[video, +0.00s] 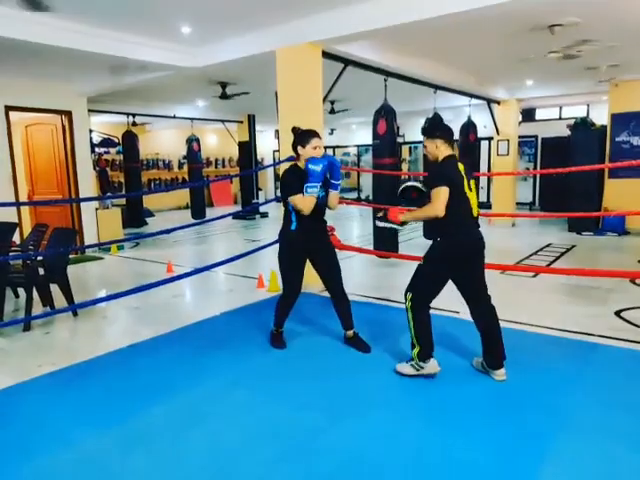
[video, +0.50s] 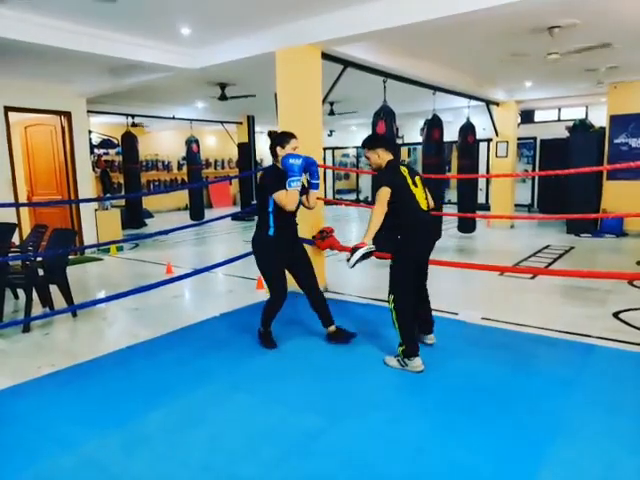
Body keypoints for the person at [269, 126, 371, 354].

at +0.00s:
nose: (320, 152)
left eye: (321, 148)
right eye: (315, 148)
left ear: (322, 149)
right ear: (300, 150)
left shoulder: (321, 171)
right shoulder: (290, 174)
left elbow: (332, 205)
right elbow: (305, 208)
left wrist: (334, 178)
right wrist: (314, 178)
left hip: (318, 236)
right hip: (293, 238)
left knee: (336, 287)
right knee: (292, 291)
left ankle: (350, 333)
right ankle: (277, 330)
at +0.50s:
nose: (297, 153)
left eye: (297, 149)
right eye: (293, 149)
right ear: (278, 150)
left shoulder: (292, 173)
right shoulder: (269, 175)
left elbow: (310, 203)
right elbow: (289, 204)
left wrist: (313, 177)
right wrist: (295, 176)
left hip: (290, 240)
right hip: (267, 242)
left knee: (310, 285)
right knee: (279, 293)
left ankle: (332, 329)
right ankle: (264, 329)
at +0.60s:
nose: (290, 148)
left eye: (291, 143)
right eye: (286, 143)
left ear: (281, 144)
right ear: (272, 144)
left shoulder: (286, 167)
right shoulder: (263, 168)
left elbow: (301, 200)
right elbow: (281, 200)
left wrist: (303, 175)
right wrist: (289, 172)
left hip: (280, 236)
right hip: (257, 237)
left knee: (299, 278)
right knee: (272, 288)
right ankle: (262, 328)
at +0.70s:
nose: (284, 150)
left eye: (285, 145)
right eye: (281, 145)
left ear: (271, 147)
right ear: (267, 146)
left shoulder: (277, 168)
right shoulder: (256, 169)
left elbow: (292, 201)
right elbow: (276, 203)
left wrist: (298, 178)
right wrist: (284, 176)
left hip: (273, 235)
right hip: (252, 235)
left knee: (289, 281)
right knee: (265, 289)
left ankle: (274, 322)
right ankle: (247, 327)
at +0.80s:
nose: (272, 158)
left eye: (271, 153)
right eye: (269, 154)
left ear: (257, 155)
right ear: (256, 155)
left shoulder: (261, 179)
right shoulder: (246, 181)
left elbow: (273, 212)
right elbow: (265, 215)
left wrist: (279, 189)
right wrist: (274, 188)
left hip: (260, 245)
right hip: (243, 245)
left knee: (280, 286)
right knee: (244, 301)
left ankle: (270, 327)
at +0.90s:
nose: (261, 159)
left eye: (260, 155)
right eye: (257, 155)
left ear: (244, 157)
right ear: (245, 157)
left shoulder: (249, 181)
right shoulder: (237, 183)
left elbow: (256, 213)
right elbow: (260, 216)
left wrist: (267, 197)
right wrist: (267, 190)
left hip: (247, 249)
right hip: (230, 251)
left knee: (269, 287)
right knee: (230, 306)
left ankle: (269, 328)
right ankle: (190, 348)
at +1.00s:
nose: (247, 156)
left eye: (247, 151)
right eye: (244, 151)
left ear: (230, 152)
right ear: (233, 152)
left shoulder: (231, 174)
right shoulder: (227, 177)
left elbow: (242, 208)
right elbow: (253, 206)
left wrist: (254, 210)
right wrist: (257, 179)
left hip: (230, 247)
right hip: (213, 249)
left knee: (246, 291)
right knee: (214, 305)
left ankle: (259, 330)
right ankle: (185, 353)